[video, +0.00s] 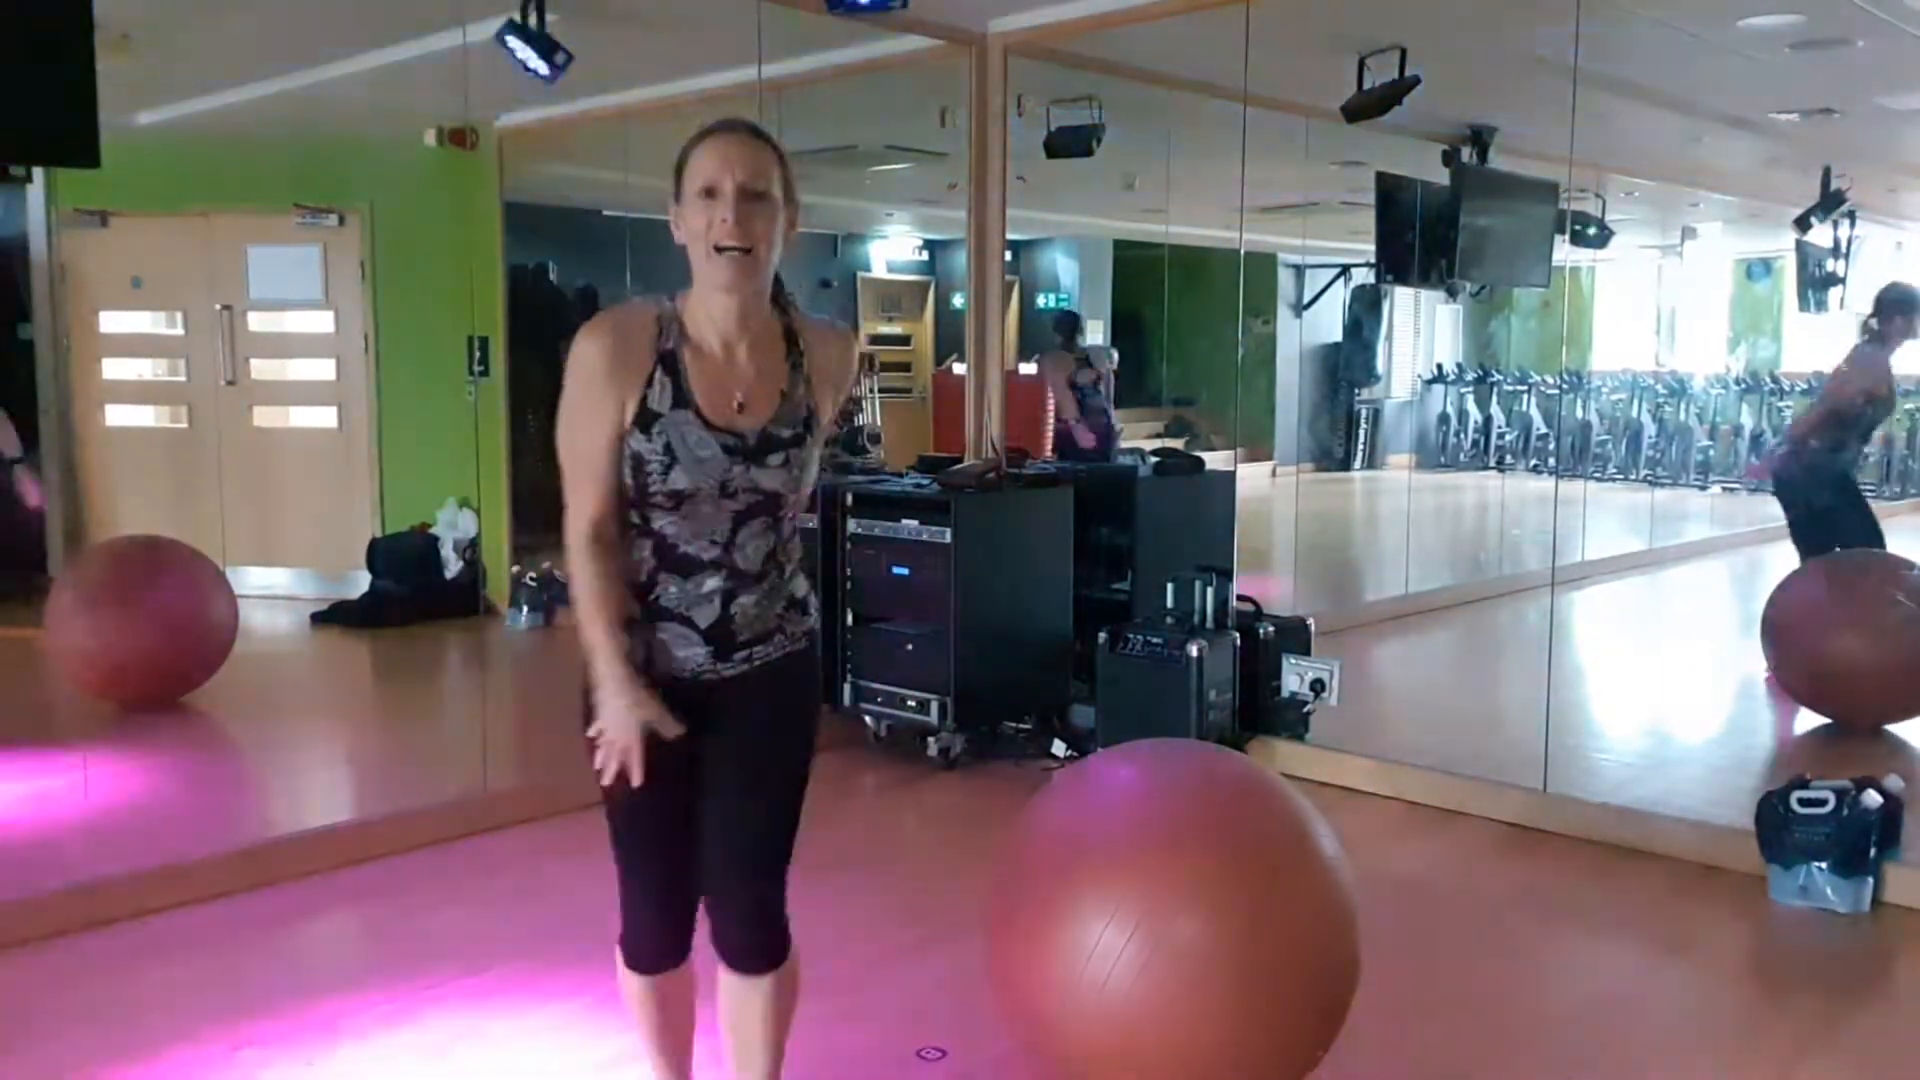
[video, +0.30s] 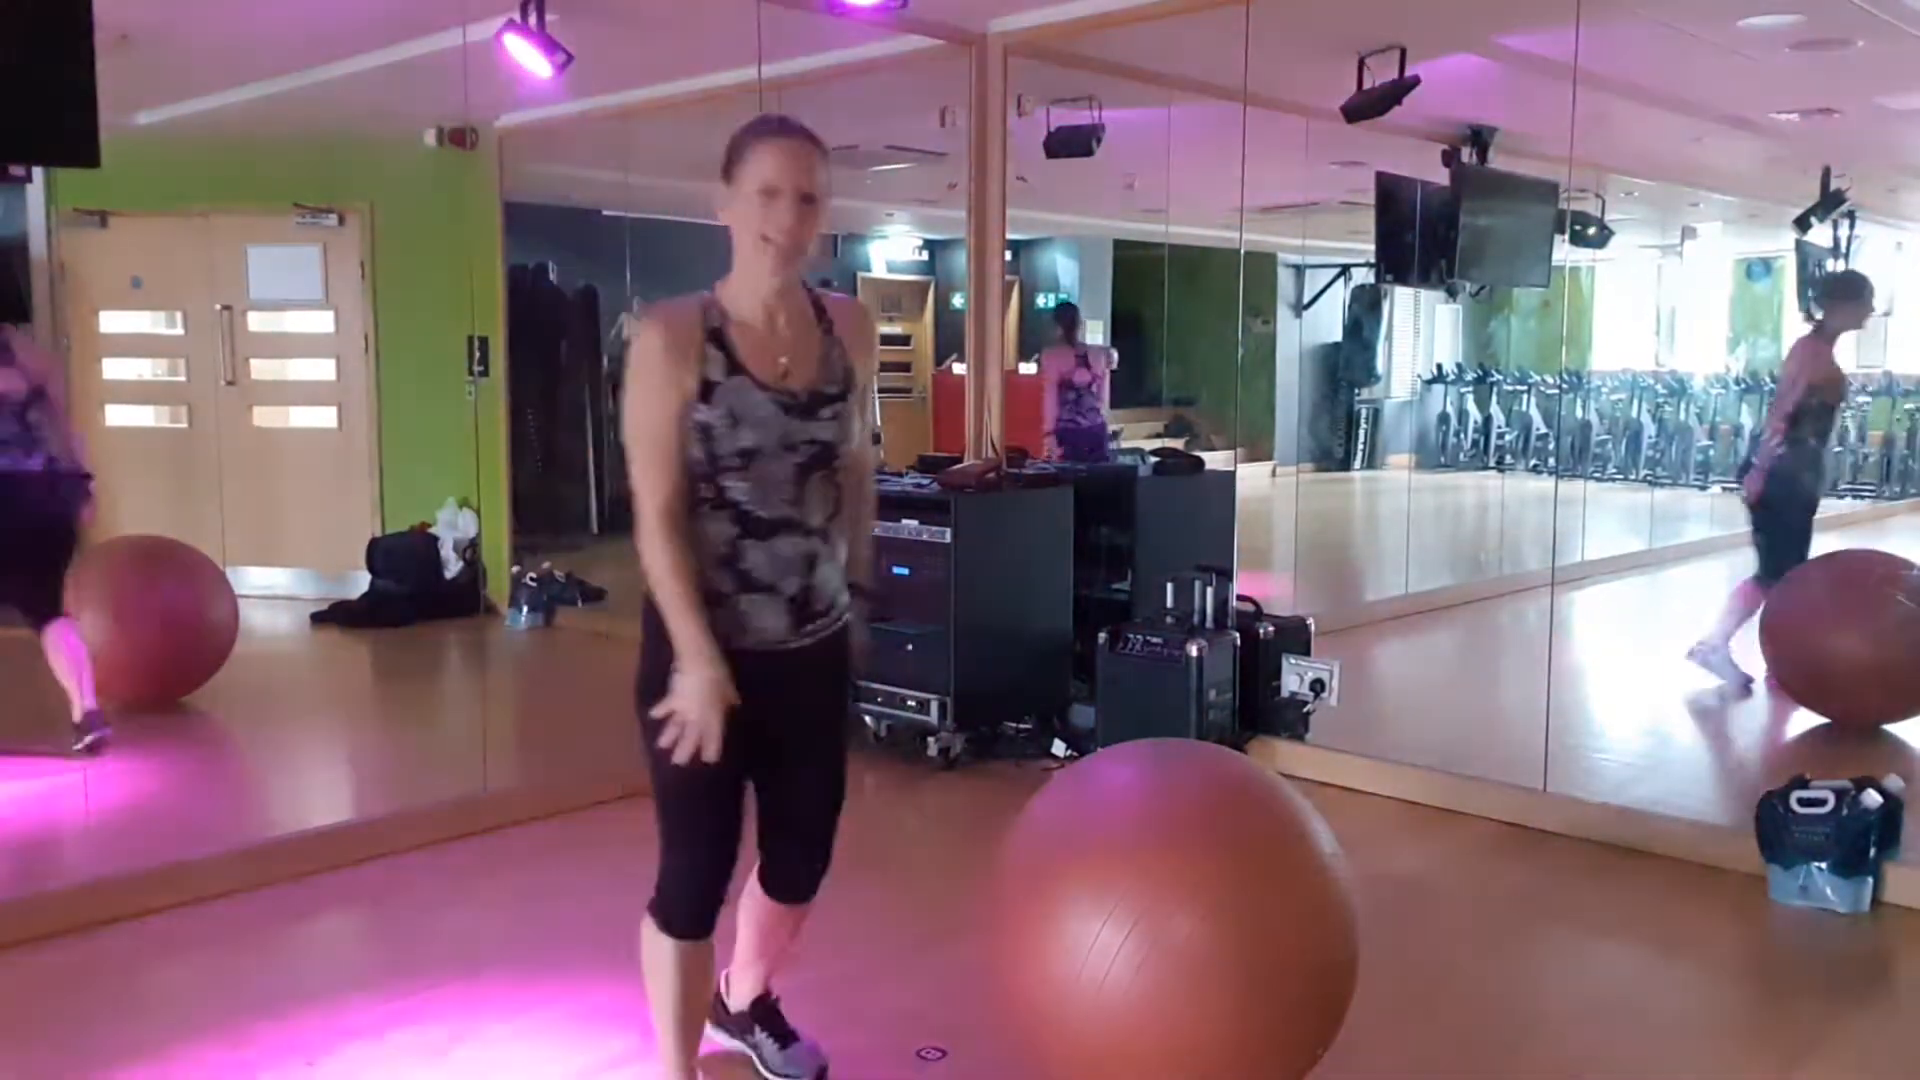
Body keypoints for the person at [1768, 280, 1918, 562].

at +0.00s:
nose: (1917, 325)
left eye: (1916, 316)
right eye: (1914, 317)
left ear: (1891, 321)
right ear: (1896, 321)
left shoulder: (1866, 355)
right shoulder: (1874, 359)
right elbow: (1834, 405)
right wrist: (1797, 437)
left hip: (1794, 467)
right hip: (1819, 468)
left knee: (1818, 562)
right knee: (1868, 553)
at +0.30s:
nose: (1870, 312)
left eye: (1869, 304)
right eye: (1864, 304)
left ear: (1837, 306)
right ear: (1841, 305)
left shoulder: (1825, 355)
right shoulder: (1809, 352)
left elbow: (1809, 421)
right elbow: (1782, 412)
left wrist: (1808, 477)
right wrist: (1758, 468)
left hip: (1801, 472)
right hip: (1782, 471)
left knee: (1787, 569)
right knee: (1777, 569)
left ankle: (1784, 660)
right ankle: (1713, 643)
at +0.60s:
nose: (1818, 321)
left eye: (1825, 314)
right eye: (1815, 310)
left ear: (1823, 314)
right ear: (1791, 302)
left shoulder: (1810, 364)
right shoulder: (1740, 344)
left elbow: (1815, 433)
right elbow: (1724, 409)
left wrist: (1817, 487)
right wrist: (1769, 443)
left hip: (1772, 473)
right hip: (1720, 467)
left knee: (1780, 571)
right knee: (1724, 564)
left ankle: (1774, 657)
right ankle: (1700, 652)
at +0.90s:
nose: (1809, 348)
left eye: (1814, 342)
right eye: (1808, 338)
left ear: (1807, 337)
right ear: (1787, 324)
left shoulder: (1794, 387)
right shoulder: (1717, 351)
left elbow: (1814, 448)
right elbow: (1675, 405)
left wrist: (1836, 507)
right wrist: (1667, 445)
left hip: (1740, 473)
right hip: (1687, 467)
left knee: (1741, 579)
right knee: (1690, 571)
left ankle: (1746, 668)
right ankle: (1683, 639)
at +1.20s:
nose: (1774, 365)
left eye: (1780, 357)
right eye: (1774, 353)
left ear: (1771, 351)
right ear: (1751, 338)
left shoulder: (1753, 395)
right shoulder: (1676, 350)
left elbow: (1776, 460)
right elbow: (1632, 399)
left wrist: (1811, 517)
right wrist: (1600, 439)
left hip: (1680, 480)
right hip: (1626, 470)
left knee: (1697, 582)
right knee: (1610, 572)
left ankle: (1734, 667)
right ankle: (1576, 670)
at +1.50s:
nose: (1739, 362)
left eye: (1744, 355)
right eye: (1740, 351)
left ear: (1724, 340)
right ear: (1719, 332)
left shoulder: (1699, 394)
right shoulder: (1643, 352)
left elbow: (1678, 454)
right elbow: (1593, 403)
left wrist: (1687, 511)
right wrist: (1581, 452)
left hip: (1640, 493)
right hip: (1587, 483)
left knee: (1640, 587)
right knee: (1588, 578)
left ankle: (1640, 678)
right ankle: (1570, 673)